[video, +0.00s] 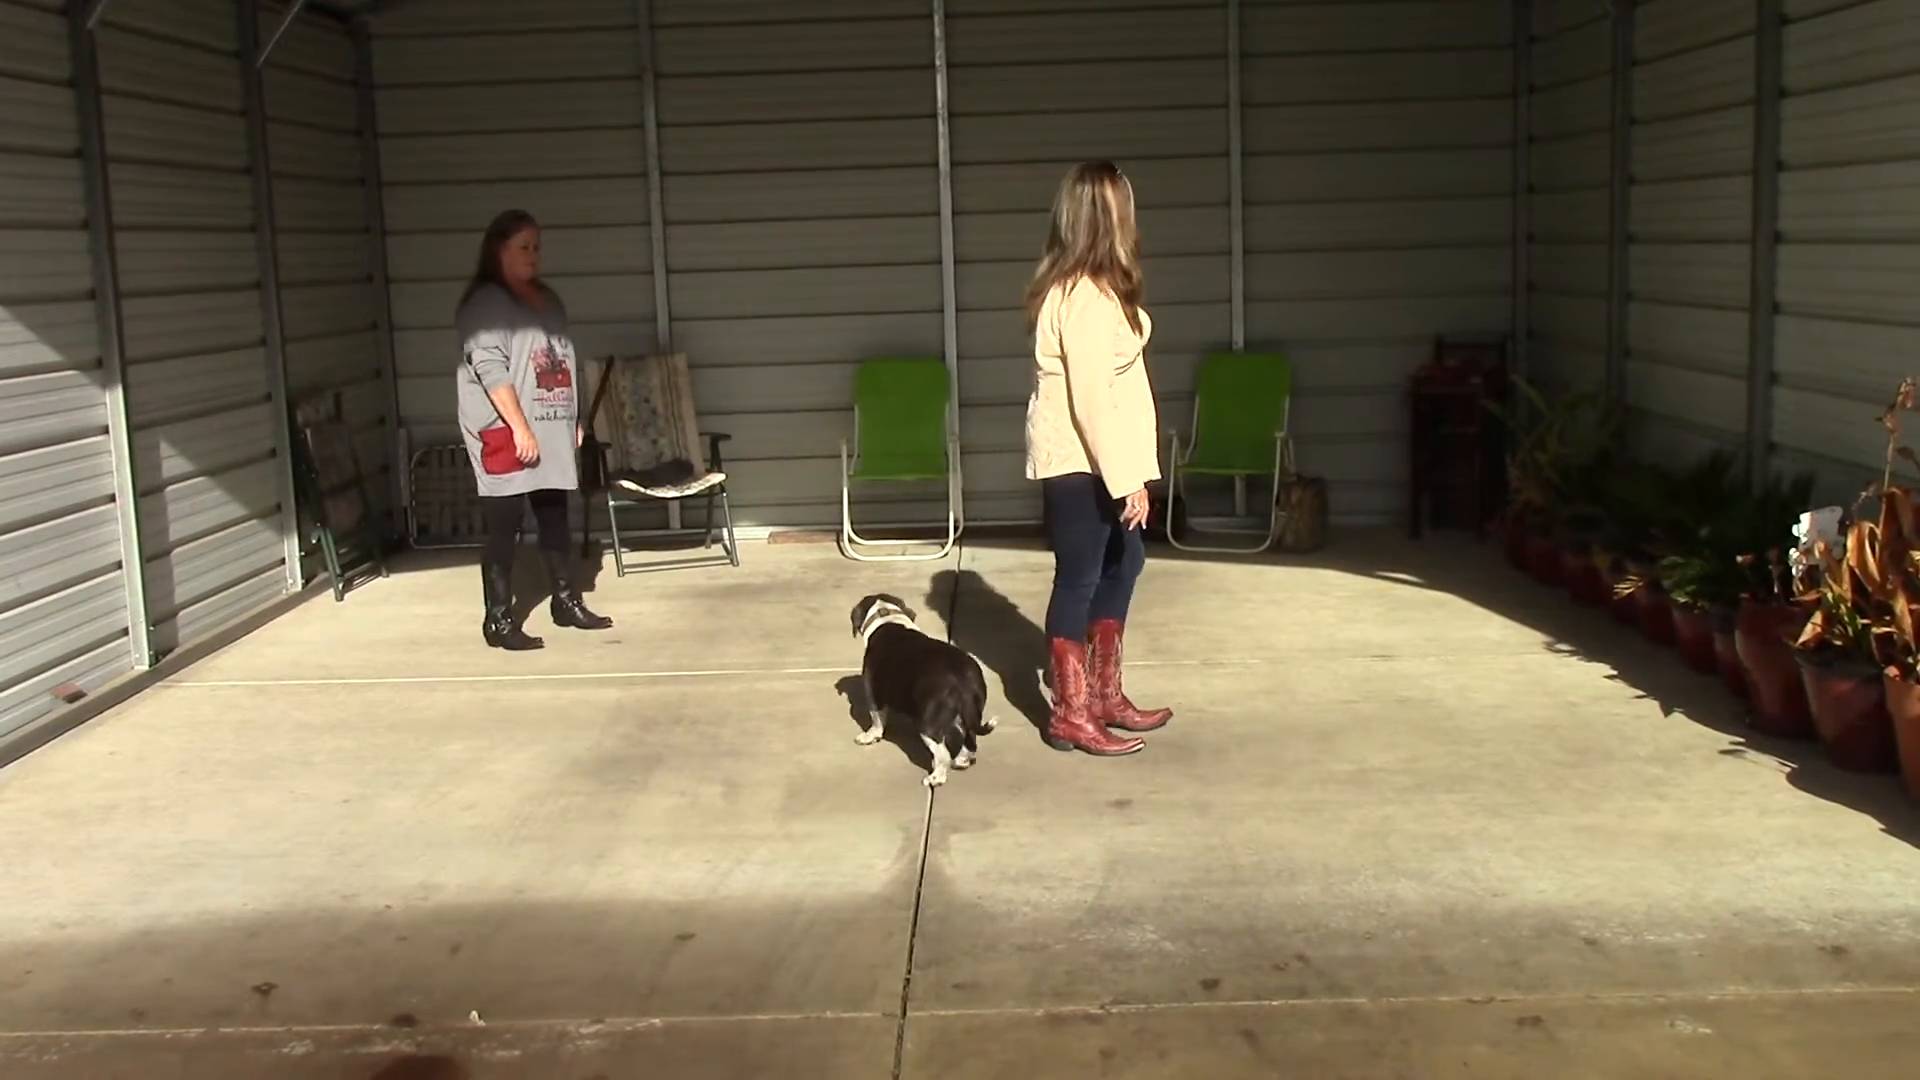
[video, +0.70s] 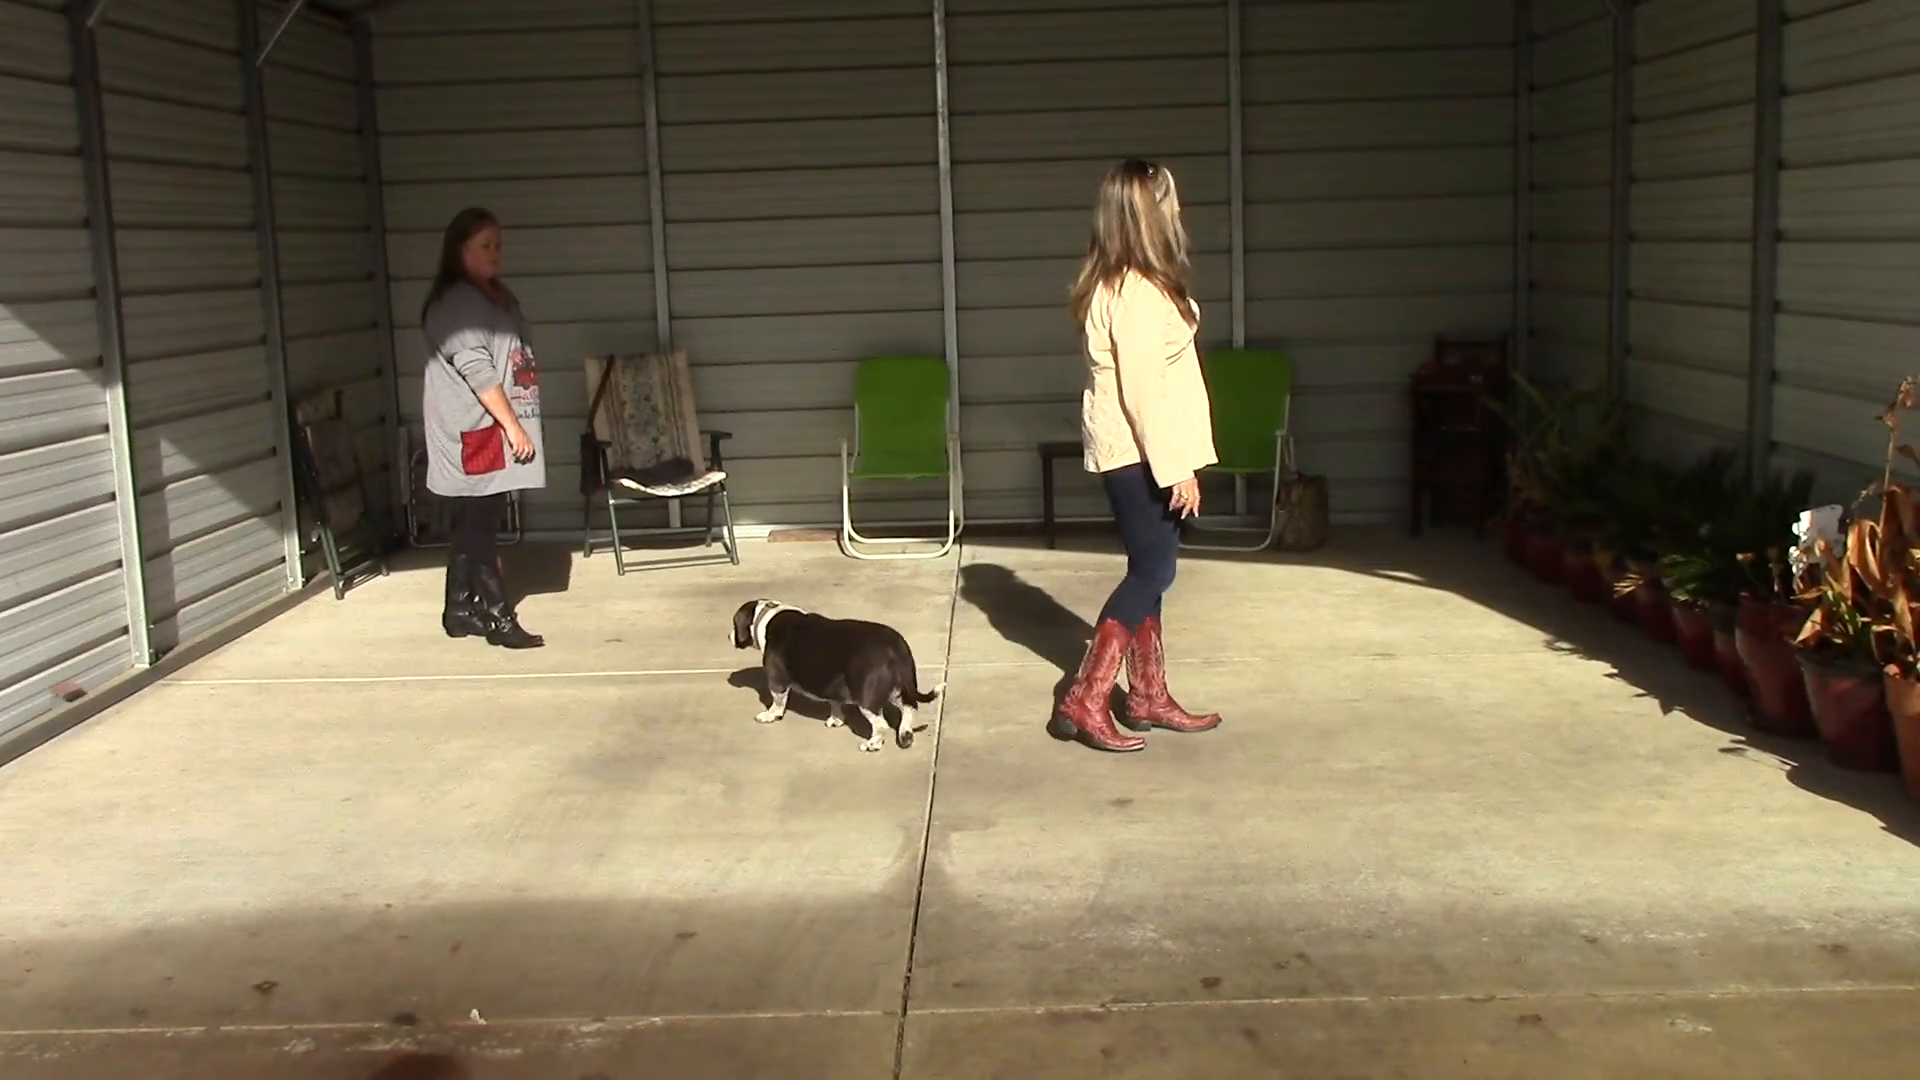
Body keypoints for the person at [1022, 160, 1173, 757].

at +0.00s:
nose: (1134, 221)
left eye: (1129, 209)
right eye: (1128, 211)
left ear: (1072, 217)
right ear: (1116, 218)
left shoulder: (1096, 289)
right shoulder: (1083, 294)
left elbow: (1118, 395)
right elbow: (1091, 402)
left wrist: (1139, 472)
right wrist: (1125, 482)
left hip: (1102, 453)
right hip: (1074, 457)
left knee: (1124, 559)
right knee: (1080, 571)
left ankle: (1103, 697)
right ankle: (1069, 714)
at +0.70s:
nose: (1178, 217)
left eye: (1174, 205)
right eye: (1171, 207)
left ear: (1117, 214)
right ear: (1153, 215)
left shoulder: (1127, 282)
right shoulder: (1134, 290)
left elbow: (1151, 387)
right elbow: (1143, 391)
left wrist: (1182, 462)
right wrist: (1176, 469)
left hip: (1137, 451)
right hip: (1132, 453)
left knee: (1152, 566)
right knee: (1151, 569)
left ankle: (1147, 696)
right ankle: (1084, 698)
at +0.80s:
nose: (1183, 216)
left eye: (1179, 204)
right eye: (1175, 206)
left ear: (1124, 214)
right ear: (1155, 214)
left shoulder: (1127, 282)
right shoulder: (1137, 290)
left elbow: (1149, 385)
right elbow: (1146, 390)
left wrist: (1184, 459)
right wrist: (1179, 465)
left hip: (1130, 451)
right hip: (1137, 453)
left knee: (1147, 564)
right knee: (1171, 564)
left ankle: (1149, 694)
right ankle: (1100, 690)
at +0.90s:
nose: (1188, 212)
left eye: (1185, 202)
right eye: (1180, 204)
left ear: (1133, 214)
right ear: (1155, 213)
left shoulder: (1125, 281)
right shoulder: (1141, 287)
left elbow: (1139, 382)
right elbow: (1149, 385)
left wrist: (1183, 451)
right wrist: (1184, 455)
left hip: (1128, 449)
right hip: (1140, 451)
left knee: (1144, 563)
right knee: (1180, 560)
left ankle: (1153, 697)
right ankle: (1126, 694)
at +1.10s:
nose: (1193, 209)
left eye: (1189, 200)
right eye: (1184, 201)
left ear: (1141, 212)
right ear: (1159, 210)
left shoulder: (1135, 275)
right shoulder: (1150, 278)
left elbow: (1155, 370)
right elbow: (1156, 372)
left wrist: (1197, 425)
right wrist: (1191, 434)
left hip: (1135, 444)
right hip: (1146, 446)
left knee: (1147, 560)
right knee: (1181, 557)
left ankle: (1144, 693)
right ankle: (1151, 699)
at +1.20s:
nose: (1195, 208)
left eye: (1192, 199)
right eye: (1186, 200)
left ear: (1142, 211)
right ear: (1162, 209)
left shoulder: (1132, 273)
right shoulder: (1157, 276)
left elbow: (1160, 366)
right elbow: (1159, 370)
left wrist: (1201, 414)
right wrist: (1194, 429)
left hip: (1132, 443)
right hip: (1150, 445)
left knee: (1149, 559)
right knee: (1180, 557)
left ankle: (1143, 692)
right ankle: (1151, 698)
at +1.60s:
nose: (1211, 201)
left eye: (1207, 192)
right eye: (1202, 193)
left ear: (1159, 204)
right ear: (1180, 203)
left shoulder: (1142, 271)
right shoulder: (1171, 272)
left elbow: (1165, 359)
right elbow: (1174, 358)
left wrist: (1224, 390)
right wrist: (1222, 398)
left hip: (1146, 437)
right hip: (1166, 440)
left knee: (1158, 560)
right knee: (1168, 560)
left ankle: (1151, 693)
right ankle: (1154, 698)